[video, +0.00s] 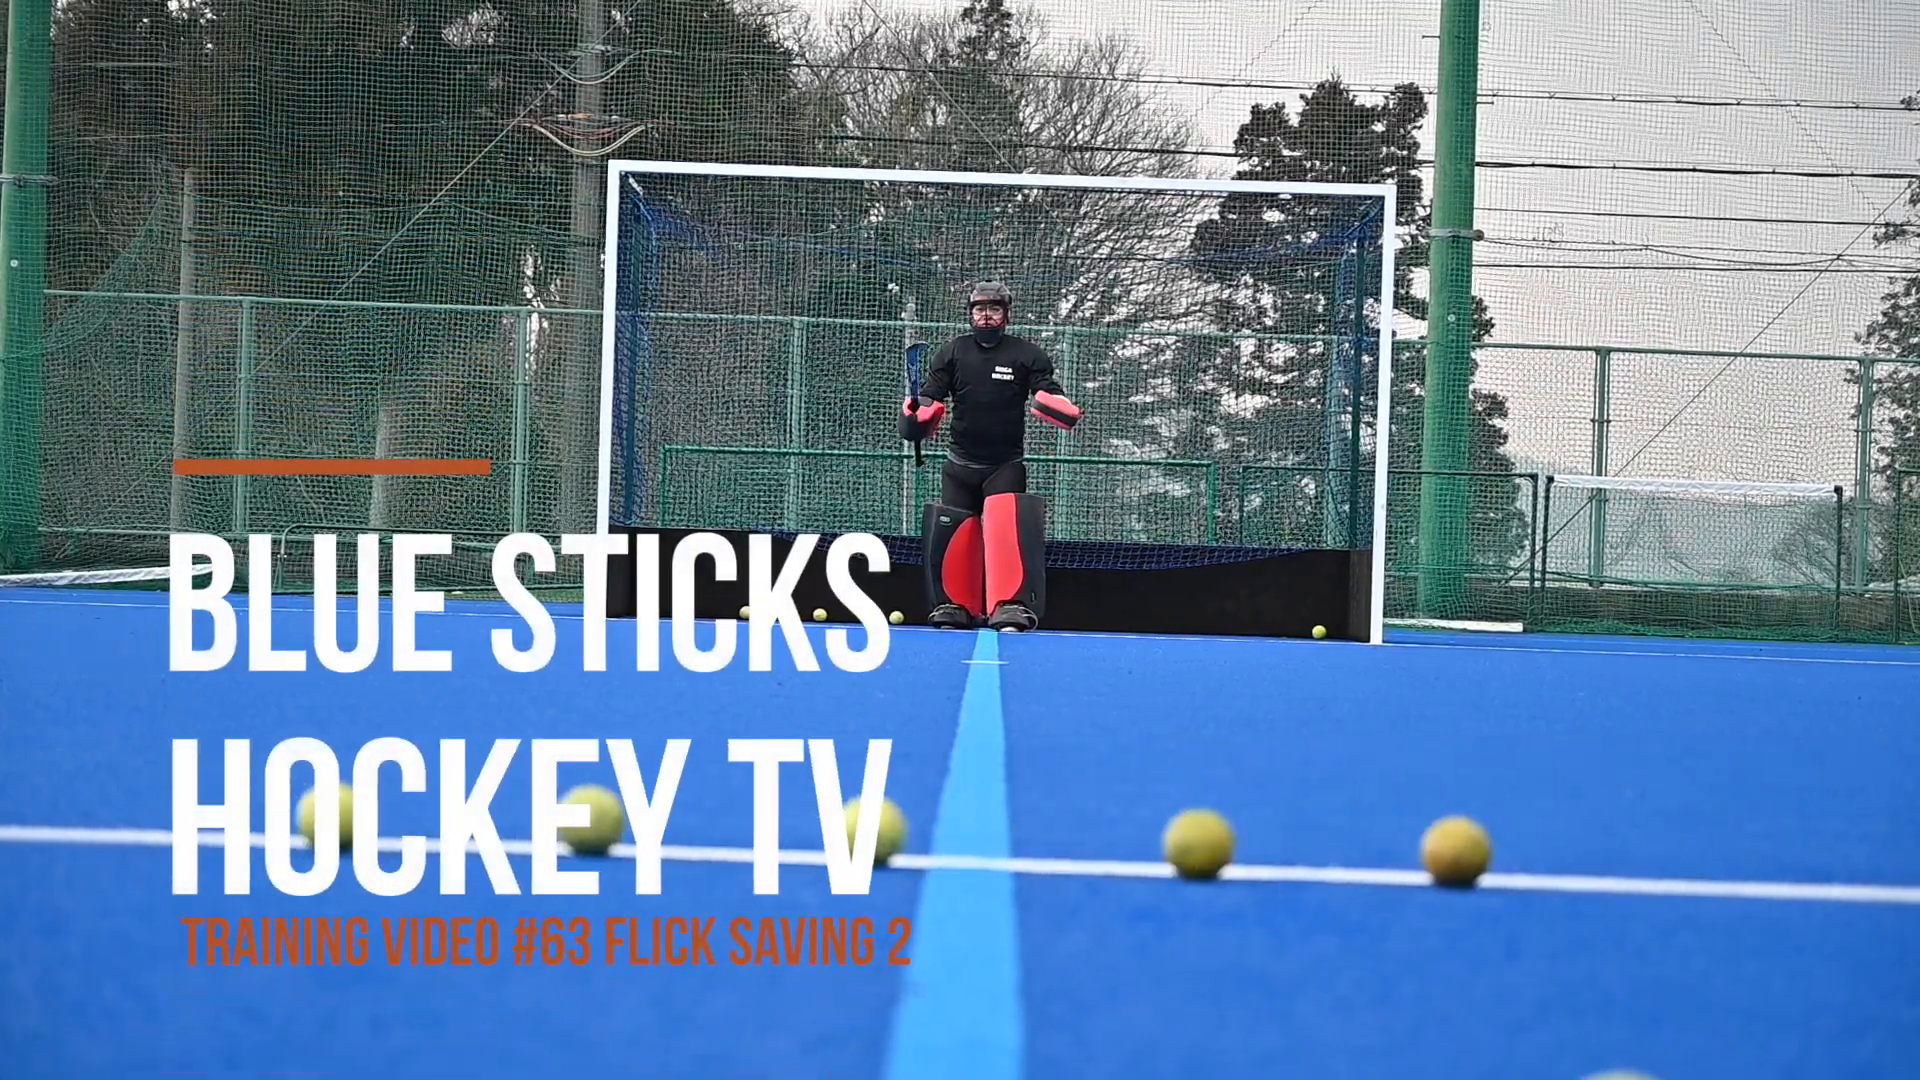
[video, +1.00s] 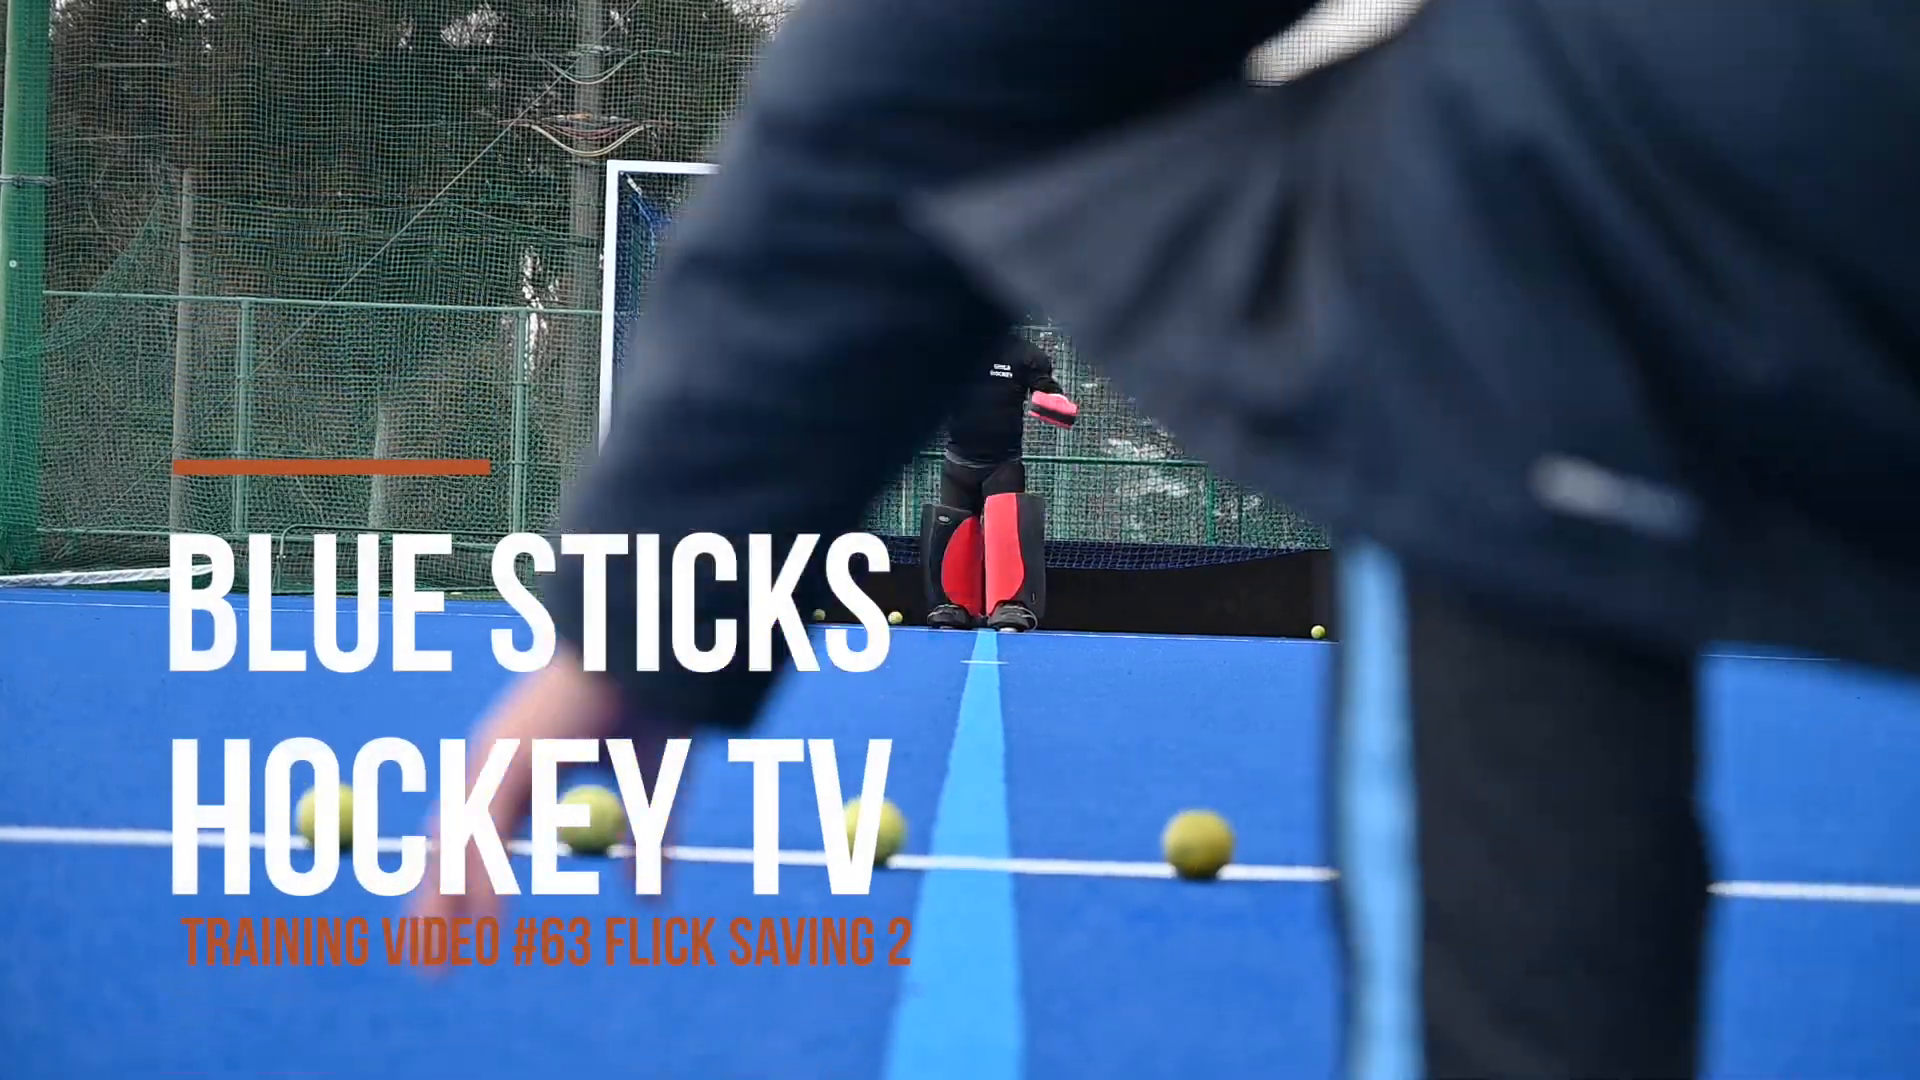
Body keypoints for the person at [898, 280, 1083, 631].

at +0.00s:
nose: (986, 316)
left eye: (994, 309)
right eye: (980, 309)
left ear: (1006, 314)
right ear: (970, 314)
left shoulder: (1027, 354)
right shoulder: (952, 352)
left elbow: (1049, 391)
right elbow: (929, 396)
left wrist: (1054, 405)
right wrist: (919, 414)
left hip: (1005, 465)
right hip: (960, 463)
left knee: (1005, 531)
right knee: (955, 534)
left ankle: (1008, 607)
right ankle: (957, 606)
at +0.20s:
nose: (988, 315)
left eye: (996, 308)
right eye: (981, 308)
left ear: (1007, 313)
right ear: (971, 313)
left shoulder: (1029, 354)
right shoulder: (953, 351)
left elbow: (1052, 393)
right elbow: (929, 400)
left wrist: (1056, 406)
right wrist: (919, 417)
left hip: (1007, 464)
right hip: (961, 462)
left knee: (1006, 530)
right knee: (954, 533)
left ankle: (1009, 606)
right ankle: (956, 605)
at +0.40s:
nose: (989, 315)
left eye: (997, 308)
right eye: (982, 308)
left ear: (1008, 313)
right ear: (972, 313)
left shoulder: (1029, 354)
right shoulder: (955, 353)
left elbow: (1055, 396)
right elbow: (929, 402)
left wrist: (1056, 404)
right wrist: (918, 421)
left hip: (1007, 465)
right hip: (961, 463)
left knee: (1007, 530)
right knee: (953, 532)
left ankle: (1010, 607)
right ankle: (955, 606)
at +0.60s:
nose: (986, 315)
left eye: (994, 309)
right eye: (979, 309)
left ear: (1006, 313)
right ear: (970, 314)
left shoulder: (1028, 354)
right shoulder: (955, 353)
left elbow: (1052, 393)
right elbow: (930, 399)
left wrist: (1056, 405)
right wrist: (918, 419)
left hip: (1006, 465)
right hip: (960, 463)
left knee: (1006, 531)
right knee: (954, 533)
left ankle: (1009, 607)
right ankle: (955, 606)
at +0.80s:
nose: (985, 314)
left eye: (992, 307)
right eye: (978, 308)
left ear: (1005, 312)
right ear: (969, 313)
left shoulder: (1028, 354)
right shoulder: (951, 354)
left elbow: (1052, 393)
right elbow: (926, 401)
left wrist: (1057, 406)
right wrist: (916, 421)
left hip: (1006, 465)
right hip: (960, 462)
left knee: (1006, 531)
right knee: (954, 534)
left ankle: (1009, 607)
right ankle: (954, 606)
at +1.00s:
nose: (985, 327)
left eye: (990, 320)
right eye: (977, 322)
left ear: (1001, 322)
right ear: (968, 325)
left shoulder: (1022, 354)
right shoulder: (955, 352)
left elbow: (1052, 394)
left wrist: (1050, 404)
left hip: (1004, 464)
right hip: (958, 461)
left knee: (1007, 533)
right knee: (949, 533)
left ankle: (1009, 606)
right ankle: (952, 605)